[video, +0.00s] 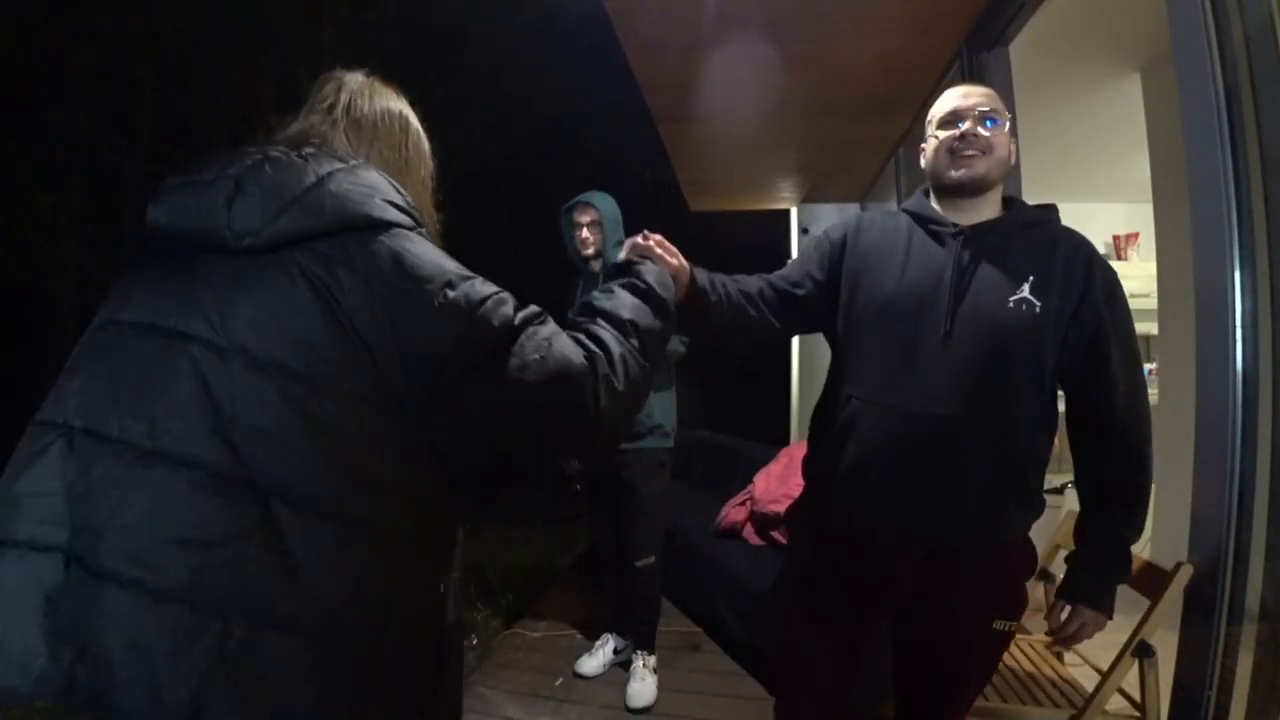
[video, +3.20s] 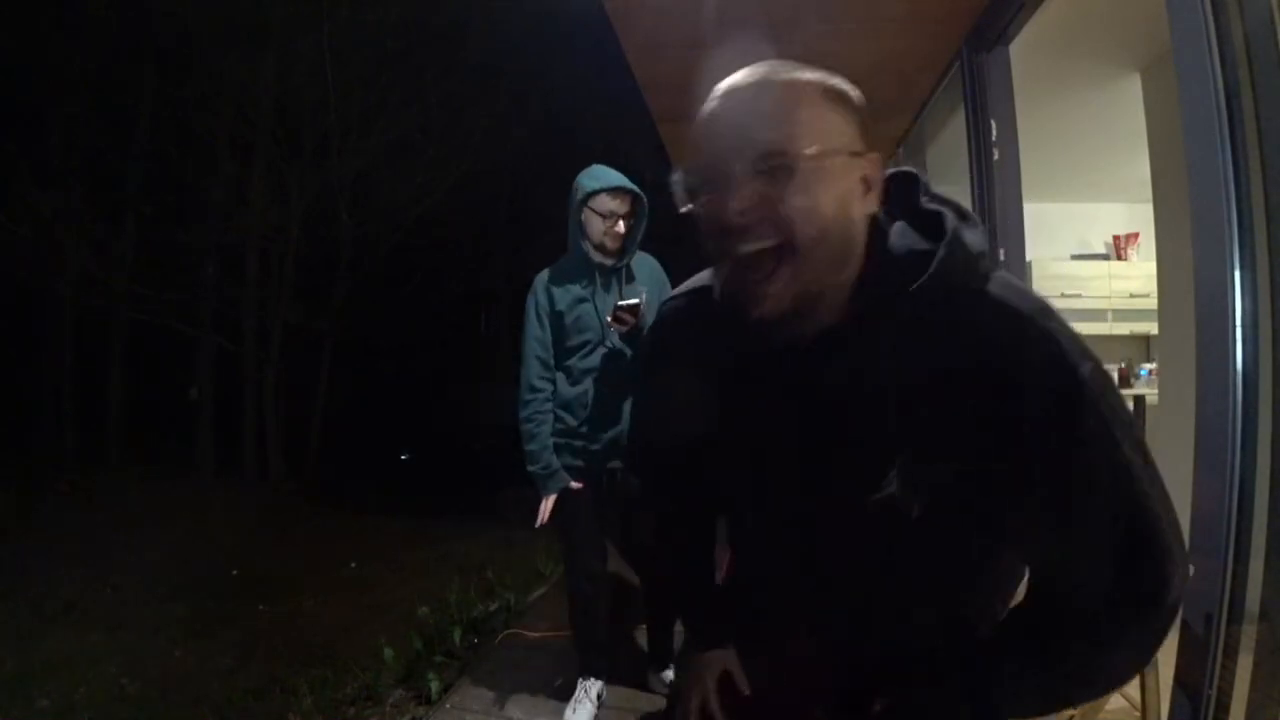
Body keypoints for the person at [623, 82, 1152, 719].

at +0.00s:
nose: (967, 129)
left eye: (987, 118)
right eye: (948, 121)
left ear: (1015, 151)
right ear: (921, 154)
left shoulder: (1069, 263)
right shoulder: (860, 236)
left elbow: (1116, 432)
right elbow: (774, 299)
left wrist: (1096, 574)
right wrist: (690, 284)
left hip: (975, 553)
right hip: (840, 537)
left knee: (933, 705)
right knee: (814, 700)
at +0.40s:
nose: (929, 130)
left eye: (948, 119)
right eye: (909, 125)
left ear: (980, 149)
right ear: (888, 159)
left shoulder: (1038, 257)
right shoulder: (835, 246)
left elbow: (1096, 427)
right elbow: (750, 327)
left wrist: (1077, 574)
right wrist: (665, 386)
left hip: (957, 546)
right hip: (827, 532)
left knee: (924, 705)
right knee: (813, 700)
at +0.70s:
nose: (868, 136)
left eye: (885, 124)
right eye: (849, 131)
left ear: (914, 152)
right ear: (829, 165)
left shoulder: (974, 247)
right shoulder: (788, 261)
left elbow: (1047, 403)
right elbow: (741, 379)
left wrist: (1025, 557)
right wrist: (721, 471)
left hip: (928, 531)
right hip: (805, 529)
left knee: (906, 701)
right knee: (811, 696)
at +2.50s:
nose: (884, 94)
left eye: (904, 81)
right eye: (859, 81)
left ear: (930, 117)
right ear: (820, 125)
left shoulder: (1013, 226)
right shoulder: (758, 249)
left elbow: (1071, 419)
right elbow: (703, 429)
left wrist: (975, 585)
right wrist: (741, 574)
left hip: (944, 615)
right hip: (793, 613)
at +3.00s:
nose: (837, 136)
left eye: (870, 106)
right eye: (806, 118)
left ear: (924, 138)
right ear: (779, 159)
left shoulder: (1020, 283)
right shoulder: (721, 299)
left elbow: (1103, 501)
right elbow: (684, 482)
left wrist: (962, 669)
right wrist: (733, 621)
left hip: (941, 659)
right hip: (774, 656)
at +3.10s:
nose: (804, 166)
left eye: (841, 133)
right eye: (776, 144)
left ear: (911, 160)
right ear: (752, 178)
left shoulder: (1019, 309)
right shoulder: (708, 317)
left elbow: (1121, 534)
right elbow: (659, 498)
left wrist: (969, 668)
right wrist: (713, 627)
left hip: (935, 686)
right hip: (763, 681)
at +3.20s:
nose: (733, 212)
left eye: (772, 171)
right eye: (706, 187)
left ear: (866, 183)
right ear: (690, 206)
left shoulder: (994, 333)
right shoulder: (686, 338)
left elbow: (1132, 583)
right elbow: (658, 504)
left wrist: (962, 693)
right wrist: (700, 634)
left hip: (941, 668)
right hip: (768, 671)